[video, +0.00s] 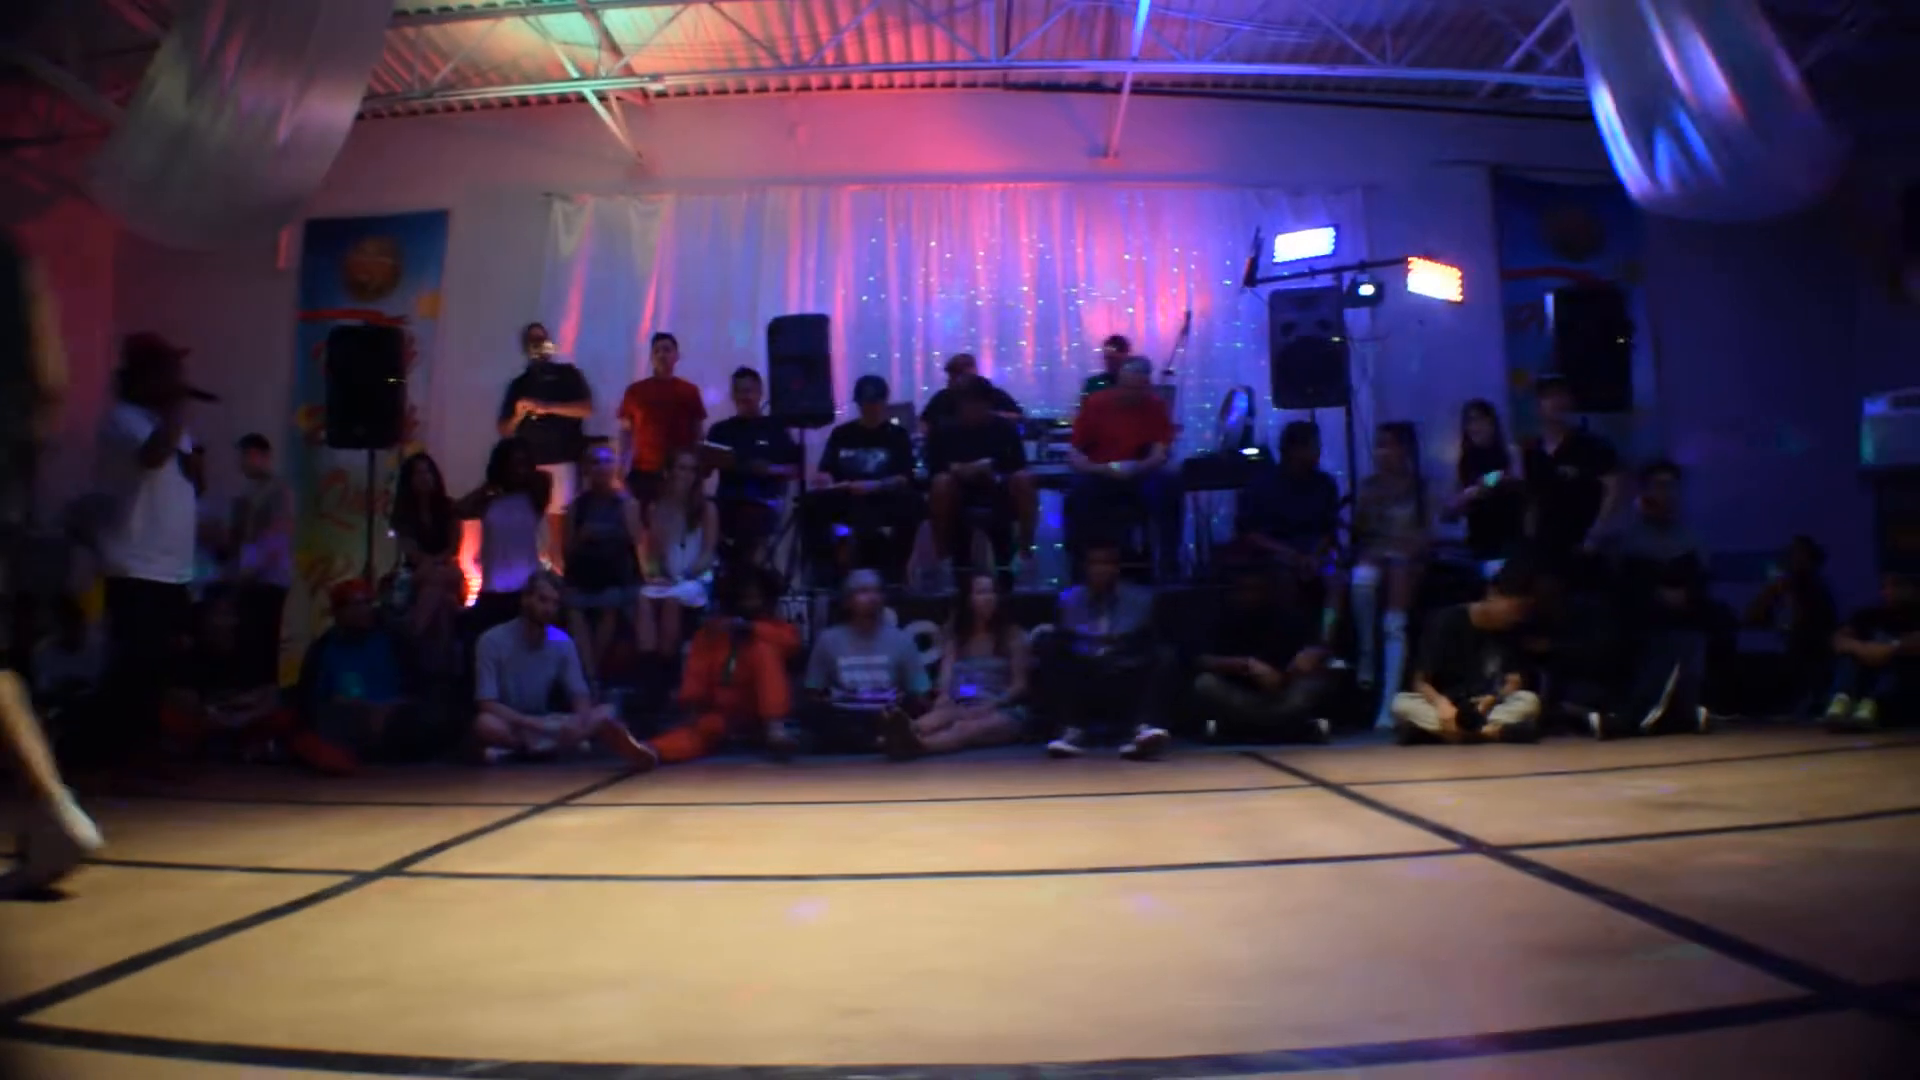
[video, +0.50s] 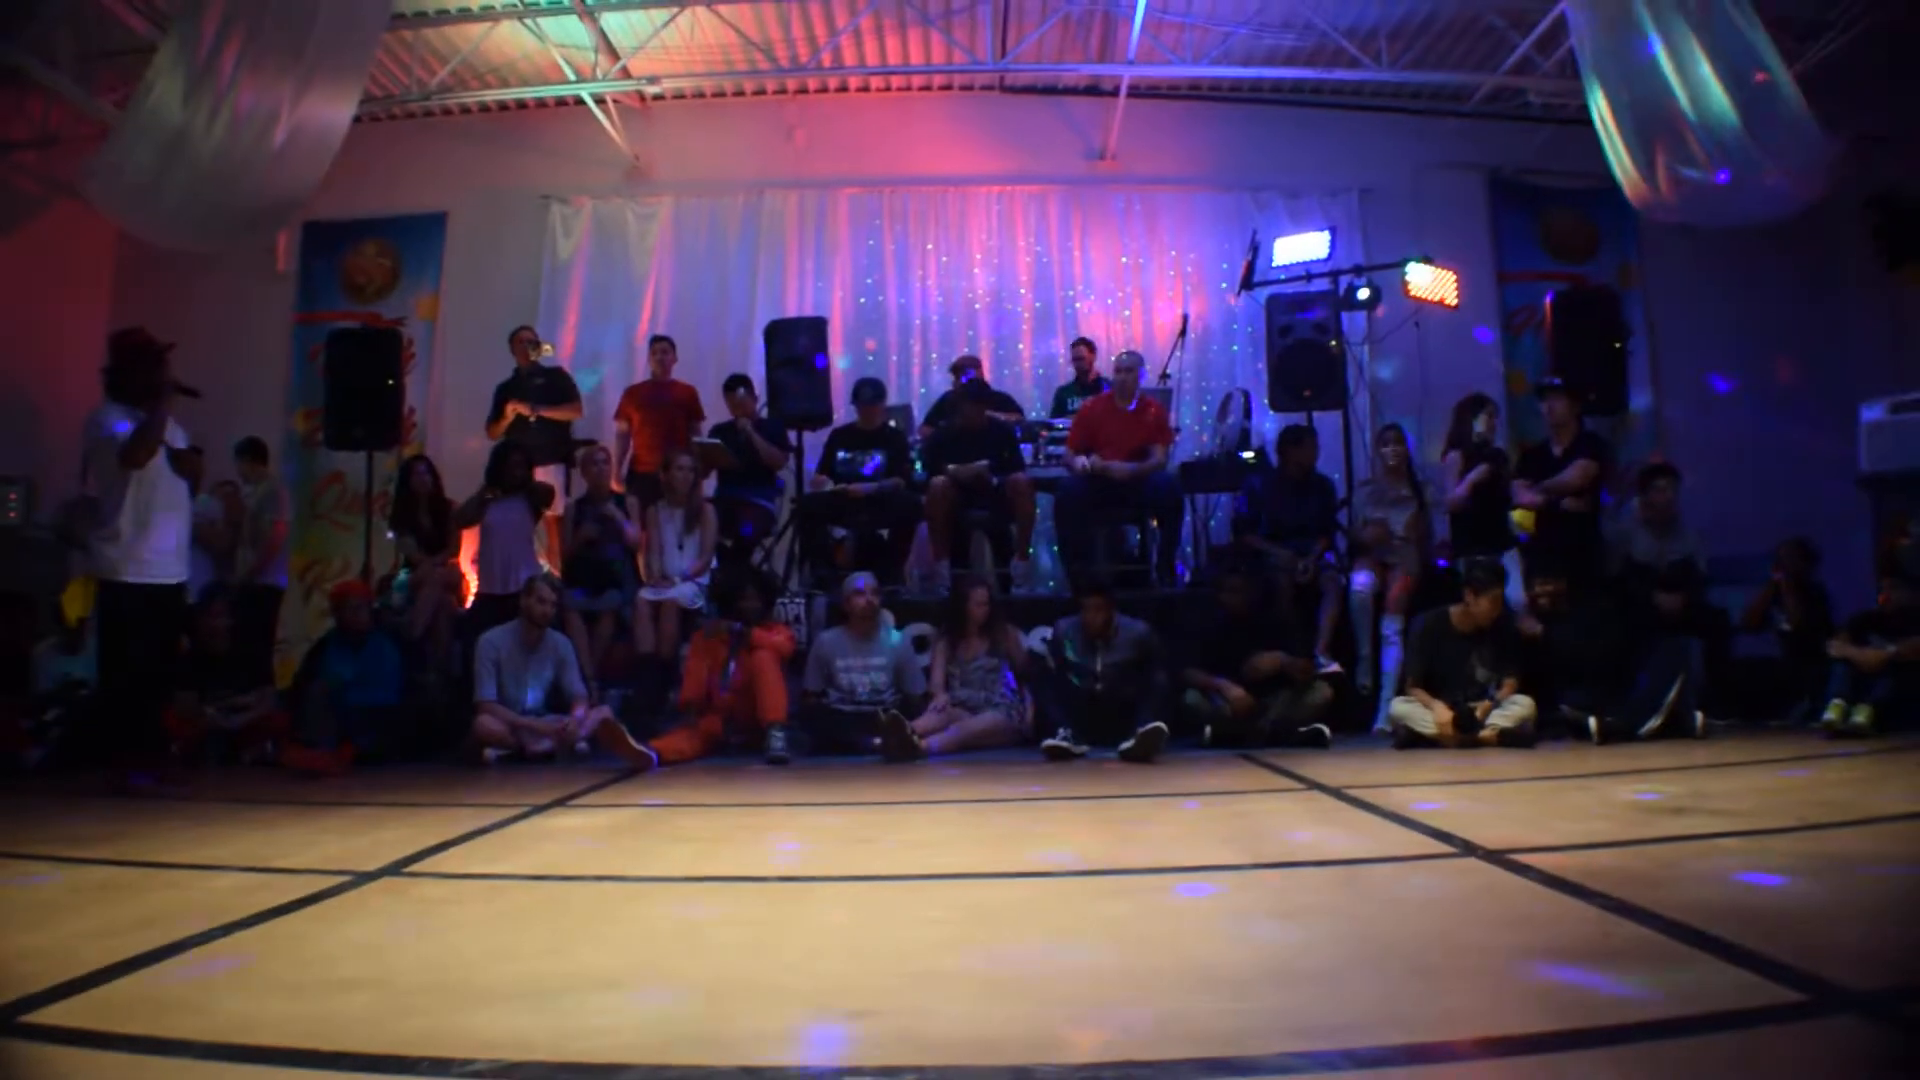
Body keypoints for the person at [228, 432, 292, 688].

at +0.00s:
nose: (246, 463)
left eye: (251, 456)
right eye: (244, 457)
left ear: (263, 457)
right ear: (243, 459)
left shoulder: (279, 491)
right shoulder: (246, 494)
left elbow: (278, 532)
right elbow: (237, 532)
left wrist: (252, 557)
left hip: (271, 578)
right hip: (246, 575)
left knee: (264, 641)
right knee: (245, 639)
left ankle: (263, 691)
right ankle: (243, 691)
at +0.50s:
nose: (240, 470)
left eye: (242, 463)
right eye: (239, 463)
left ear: (253, 462)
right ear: (259, 461)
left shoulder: (273, 492)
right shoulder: (252, 492)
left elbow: (274, 536)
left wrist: (253, 570)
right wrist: (241, 567)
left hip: (265, 581)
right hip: (249, 579)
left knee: (257, 648)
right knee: (247, 647)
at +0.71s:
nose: (272, 472)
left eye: (274, 465)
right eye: (271, 466)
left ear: (283, 465)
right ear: (293, 464)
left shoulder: (294, 498)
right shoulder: (291, 496)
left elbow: (287, 541)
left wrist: (267, 574)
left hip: (292, 585)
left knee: (287, 652)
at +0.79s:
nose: (269, 471)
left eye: (270, 465)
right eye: (269, 465)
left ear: (276, 464)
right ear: (292, 462)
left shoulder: (290, 495)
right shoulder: (296, 493)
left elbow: (283, 540)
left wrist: (264, 575)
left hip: (288, 585)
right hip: (294, 583)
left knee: (282, 652)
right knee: (288, 652)